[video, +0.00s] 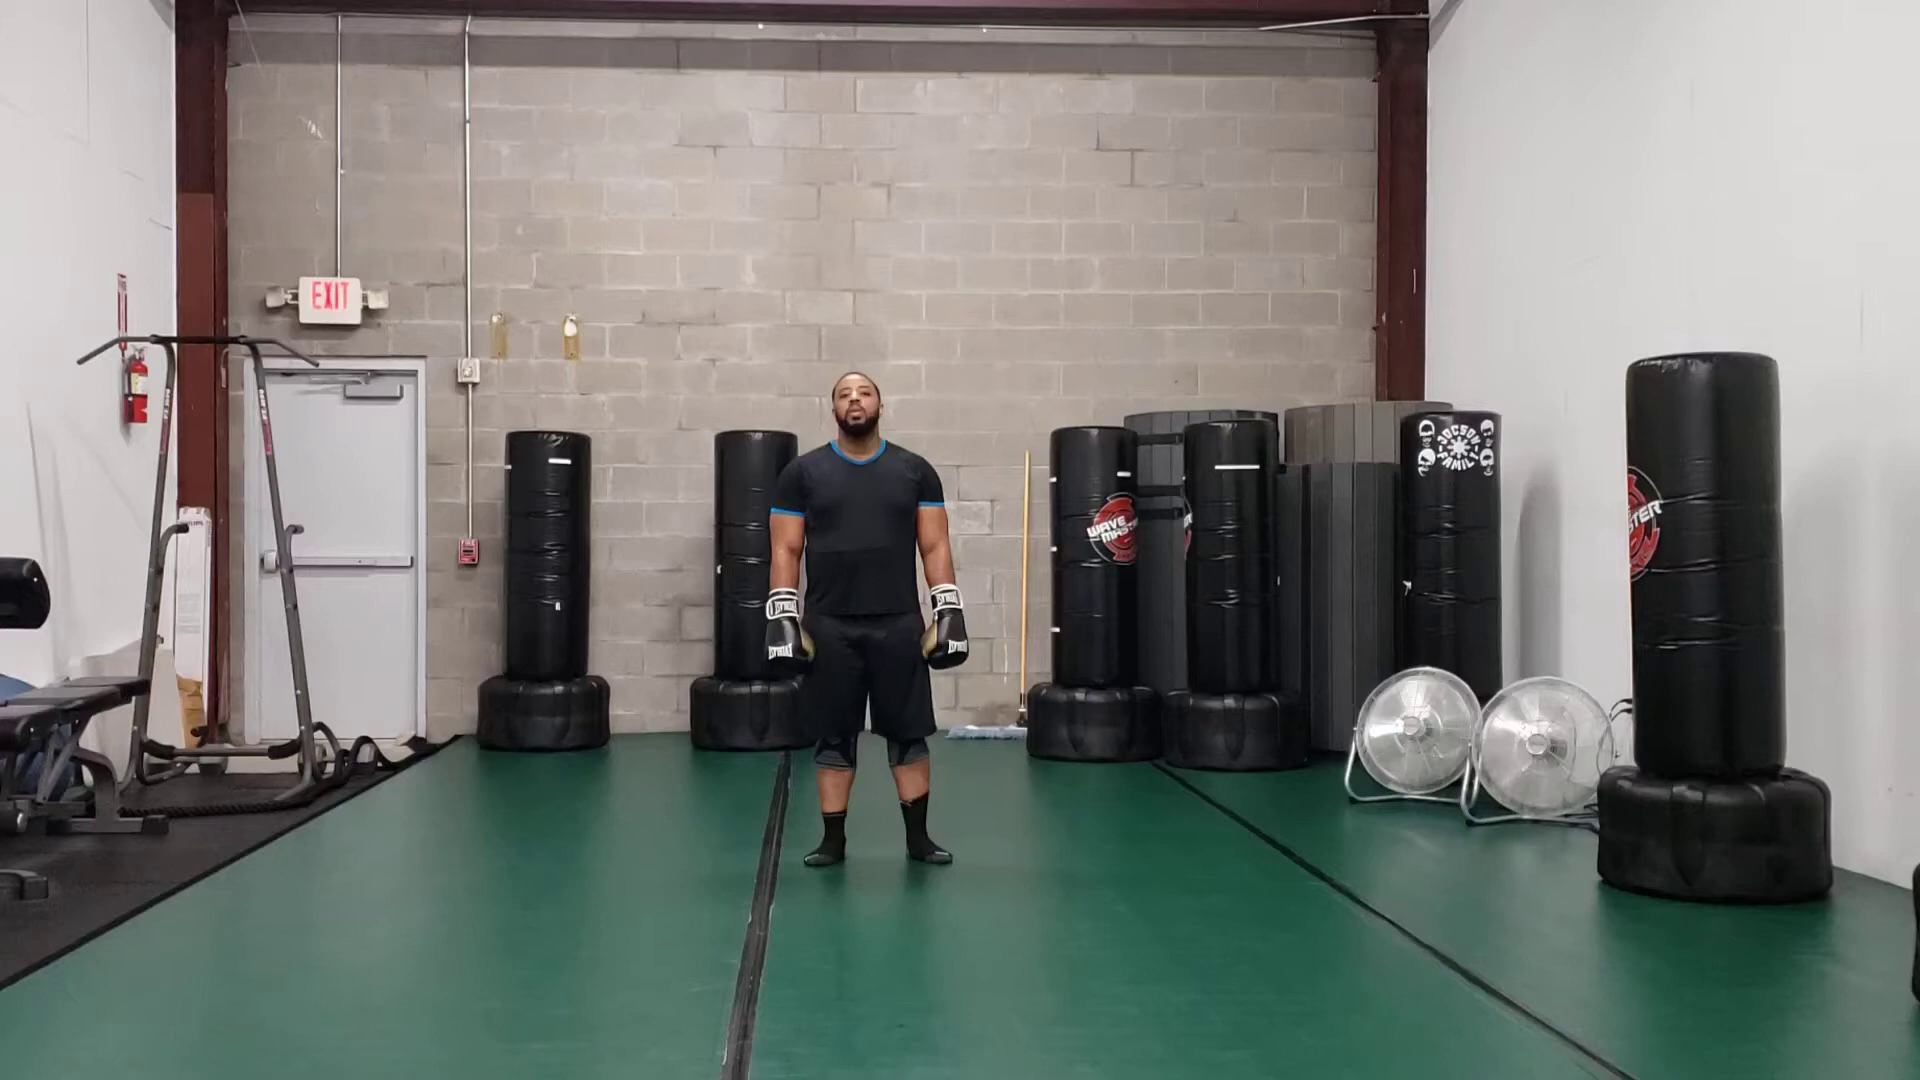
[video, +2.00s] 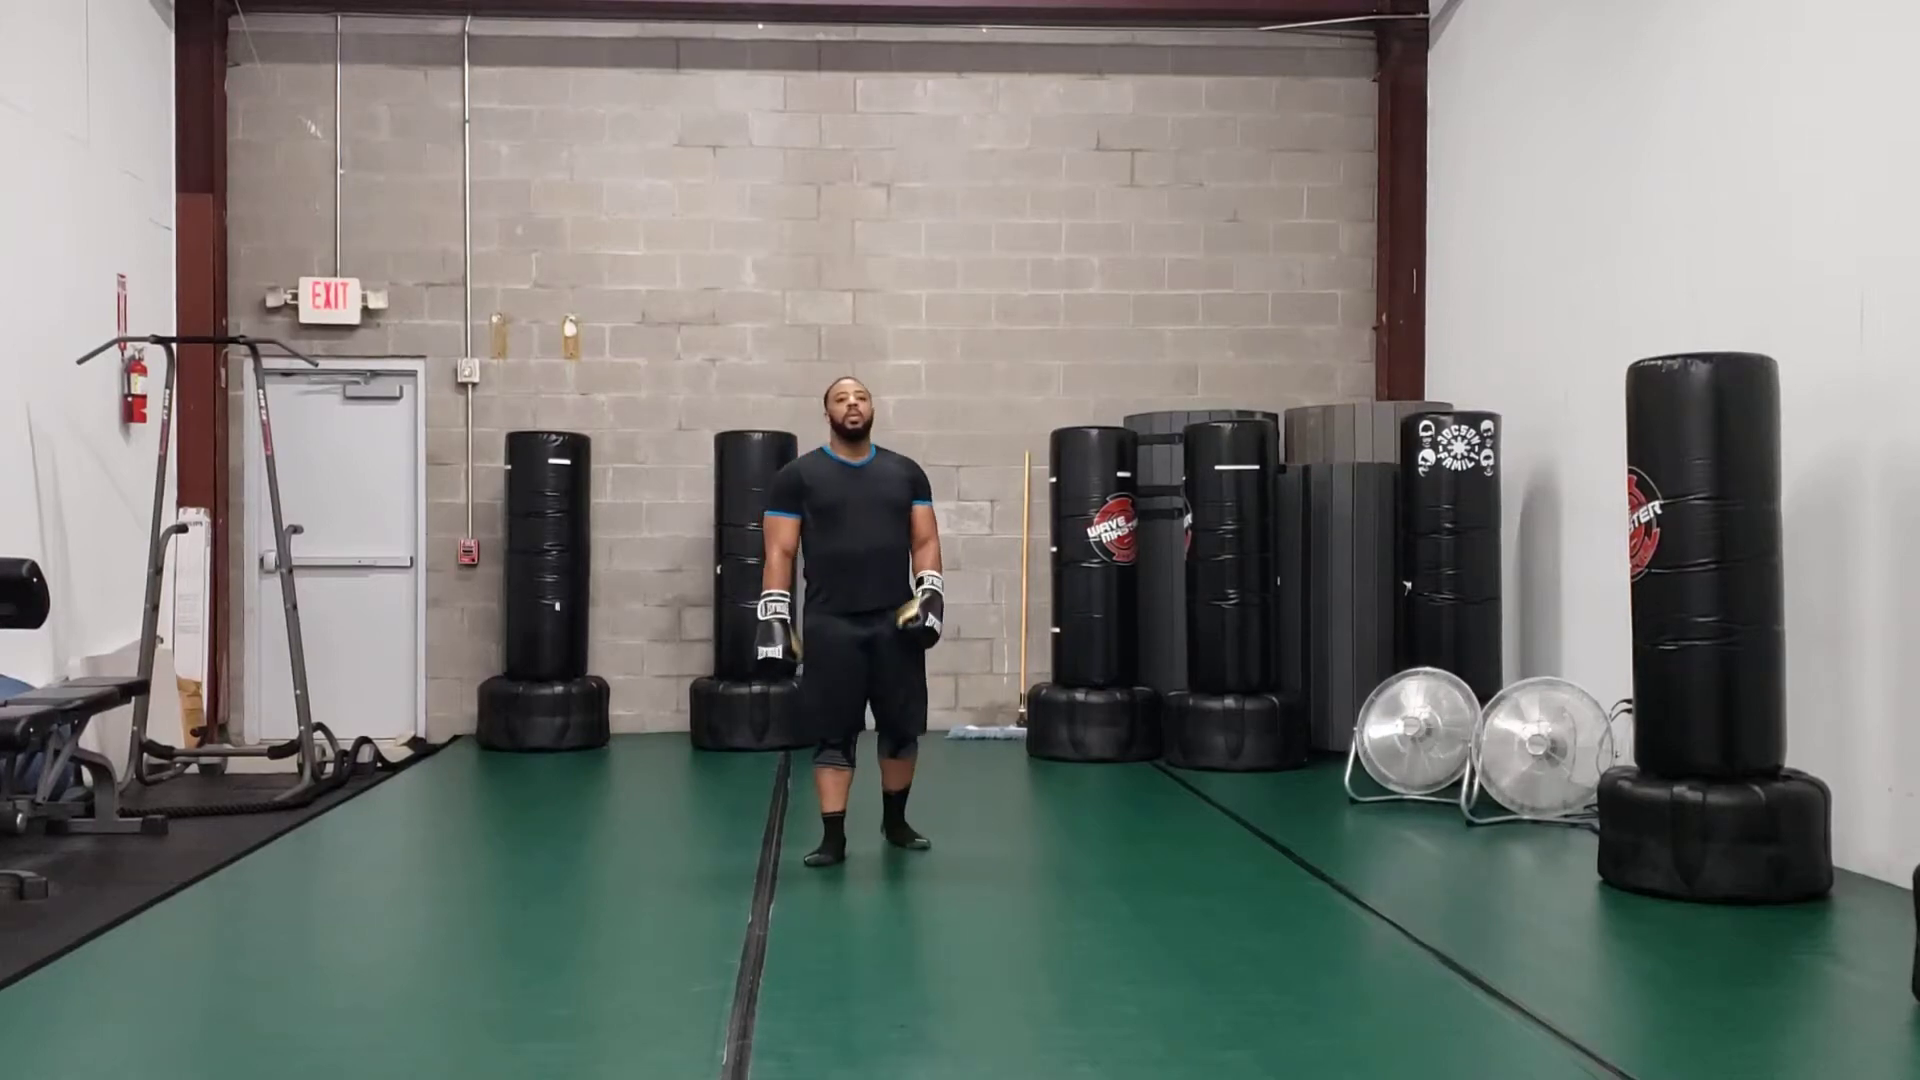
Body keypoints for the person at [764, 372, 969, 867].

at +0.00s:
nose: (855, 399)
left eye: (864, 393)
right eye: (845, 395)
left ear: (880, 408)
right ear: (833, 413)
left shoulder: (914, 472)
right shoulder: (803, 474)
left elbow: (934, 547)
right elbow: (786, 550)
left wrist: (949, 611)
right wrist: (781, 617)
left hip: (898, 627)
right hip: (830, 629)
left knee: (909, 736)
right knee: (833, 739)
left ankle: (918, 839)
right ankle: (832, 842)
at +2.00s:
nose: (853, 404)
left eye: (860, 398)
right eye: (842, 399)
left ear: (873, 412)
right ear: (827, 415)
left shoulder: (906, 473)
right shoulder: (799, 476)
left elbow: (925, 541)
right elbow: (780, 551)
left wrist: (930, 593)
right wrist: (774, 616)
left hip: (896, 620)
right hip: (830, 623)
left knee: (902, 729)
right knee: (833, 733)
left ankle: (896, 822)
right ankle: (833, 839)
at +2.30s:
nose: (883, 408)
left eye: (891, 401)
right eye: (872, 402)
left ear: (902, 415)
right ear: (857, 417)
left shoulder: (926, 479)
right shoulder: (828, 473)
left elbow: (943, 544)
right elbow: (809, 546)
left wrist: (943, 577)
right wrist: (817, 611)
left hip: (912, 622)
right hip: (850, 622)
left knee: (903, 728)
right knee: (843, 731)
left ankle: (896, 827)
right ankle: (834, 839)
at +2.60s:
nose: (900, 411)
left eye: (908, 405)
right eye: (889, 406)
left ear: (919, 419)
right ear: (875, 421)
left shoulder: (941, 484)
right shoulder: (845, 470)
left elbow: (954, 550)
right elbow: (825, 539)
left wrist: (954, 582)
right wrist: (842, 602)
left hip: (922, 621)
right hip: (864, 618)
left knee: (908, 727)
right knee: (852, 727)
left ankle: (896, 826)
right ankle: (834, 838)